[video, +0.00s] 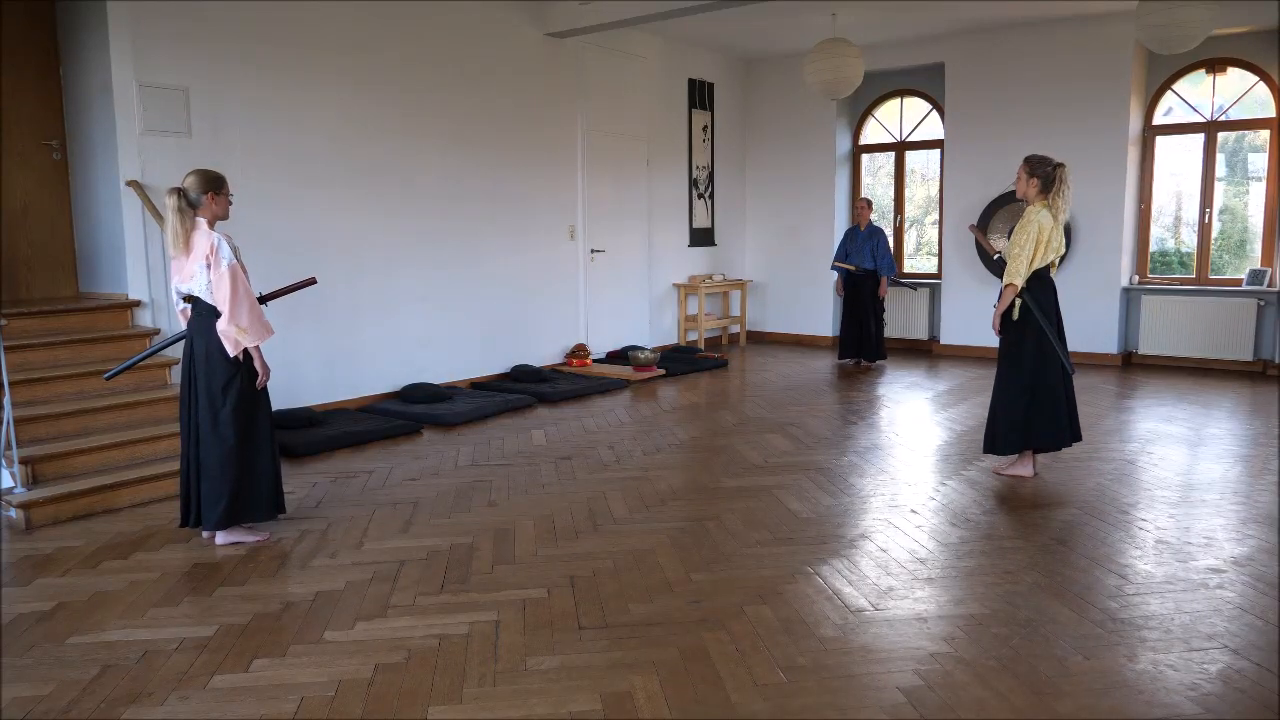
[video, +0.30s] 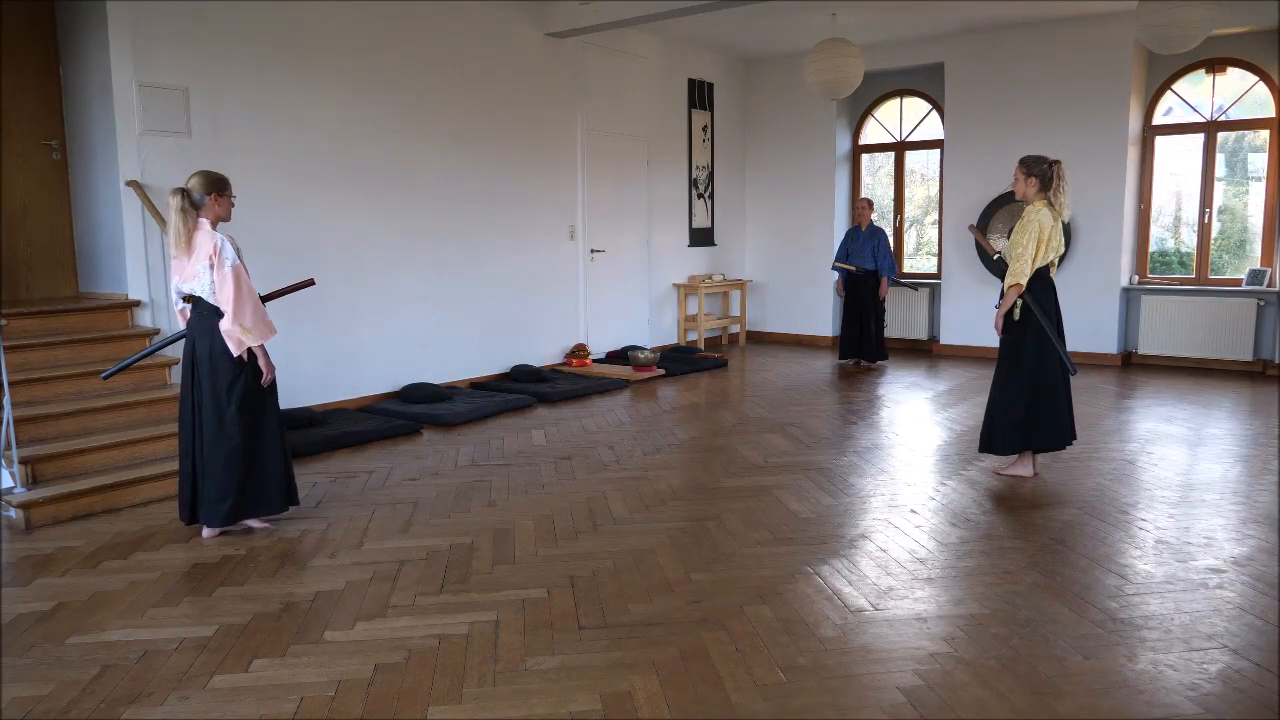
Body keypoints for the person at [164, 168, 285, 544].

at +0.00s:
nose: (231, 203)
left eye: (230, 197)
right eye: (228, 197)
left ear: (201, 200)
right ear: (210, 199)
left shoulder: (181, 240)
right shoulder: (216, 242)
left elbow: (183, 302)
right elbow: (235, 304)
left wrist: (202, 332)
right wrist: (255, 351)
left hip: (198, 341)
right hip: (224, 342)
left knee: (209, 430)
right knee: (232, 431)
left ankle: (213, 521)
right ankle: (229, 525)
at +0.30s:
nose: (232, 204)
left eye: (231, 198)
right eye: (229, 198)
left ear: (202, 201)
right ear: (213, 200)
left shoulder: (181, 243)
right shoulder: (220, 242)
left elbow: (183, 304)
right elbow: (237, 305)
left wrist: (201, 331)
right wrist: (260, 350)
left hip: (198, 341)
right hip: (228, 341)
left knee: (208, 427)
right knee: (242, 424)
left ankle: (212, 517)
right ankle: (251, 509)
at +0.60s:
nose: (242, 206)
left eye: (241, 200)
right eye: (239, 200)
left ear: (209, 203)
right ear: (224, 203)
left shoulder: (190, 245)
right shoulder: (229, 244)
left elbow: (189, 302)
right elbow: (246, 304)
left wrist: (203, 335)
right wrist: (268, 351)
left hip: (206, 340)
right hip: (235, 338)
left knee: (215, 425)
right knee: (270, 412)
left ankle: (216, 516)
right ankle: (297, 496)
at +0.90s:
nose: (266, 209)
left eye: (266, 203)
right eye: (264, 203)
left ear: (236, 205)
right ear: (249, 204)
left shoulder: (215, 248)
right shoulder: (255, 244)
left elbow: (212, 306)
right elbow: (270, 303)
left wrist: (229, 333)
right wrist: (288, 349)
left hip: (226, 339)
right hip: (257, 339)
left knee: (227, 422)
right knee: (281, 413)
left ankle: (217, 512)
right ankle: (304, 494)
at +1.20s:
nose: (297, 205)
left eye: (295, 199)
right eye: (294, 199)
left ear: (264, 202)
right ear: (281, 202)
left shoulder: (246, 244)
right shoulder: (290, 240)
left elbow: (247, 300)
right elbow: (306, 297)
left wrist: (264, 325)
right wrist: (324, 340)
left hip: (262, 330)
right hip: (292, 331)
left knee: (261, 411)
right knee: (305, 410)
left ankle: (232, 494)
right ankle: (309, 491)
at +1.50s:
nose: (321, 205)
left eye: (320, 200)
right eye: (319, 200)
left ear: (292, 202)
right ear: (305, 201)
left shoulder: (272, 242)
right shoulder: (314, 239)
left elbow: (272, 296)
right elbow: (327, 295)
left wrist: (290, 323)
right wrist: (346, 337)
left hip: (289, 329)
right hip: (316, 329)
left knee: (297, 408)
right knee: (319, 409)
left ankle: (301, 488)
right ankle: (312, 492)